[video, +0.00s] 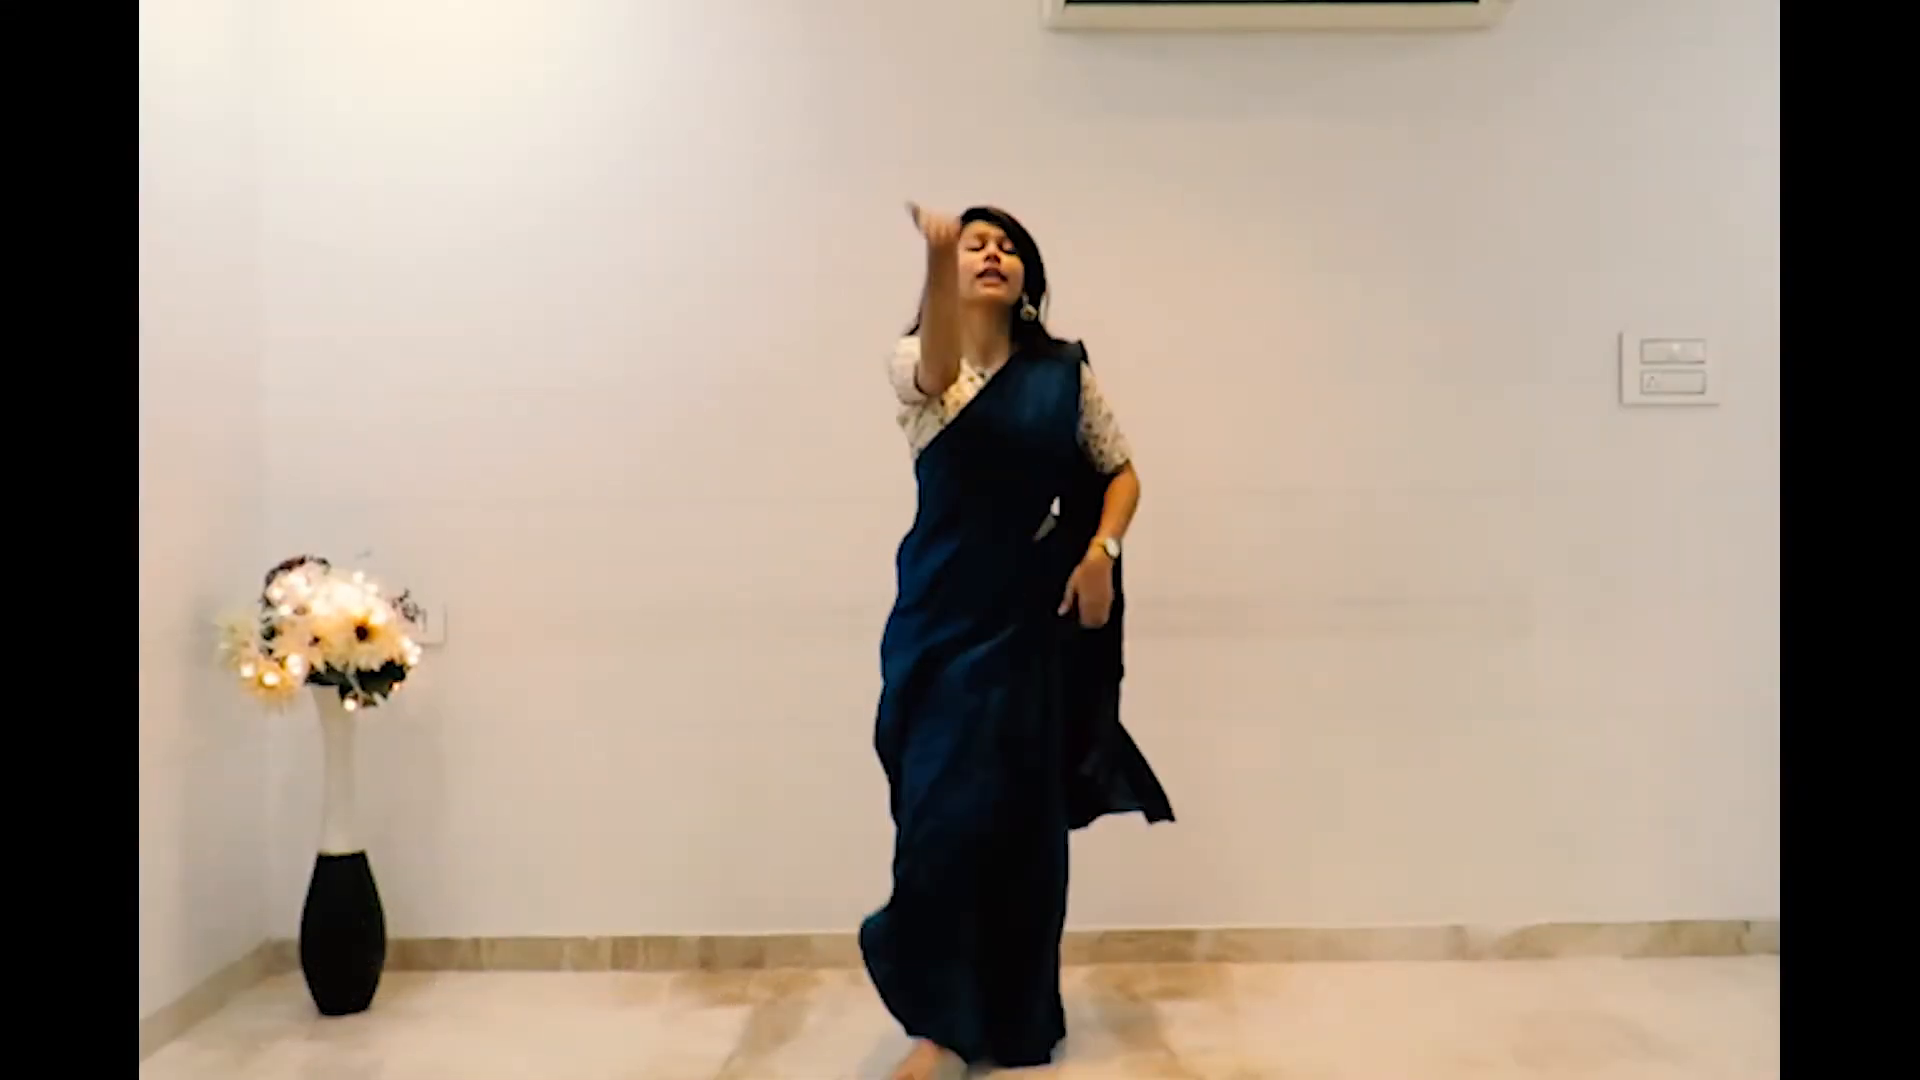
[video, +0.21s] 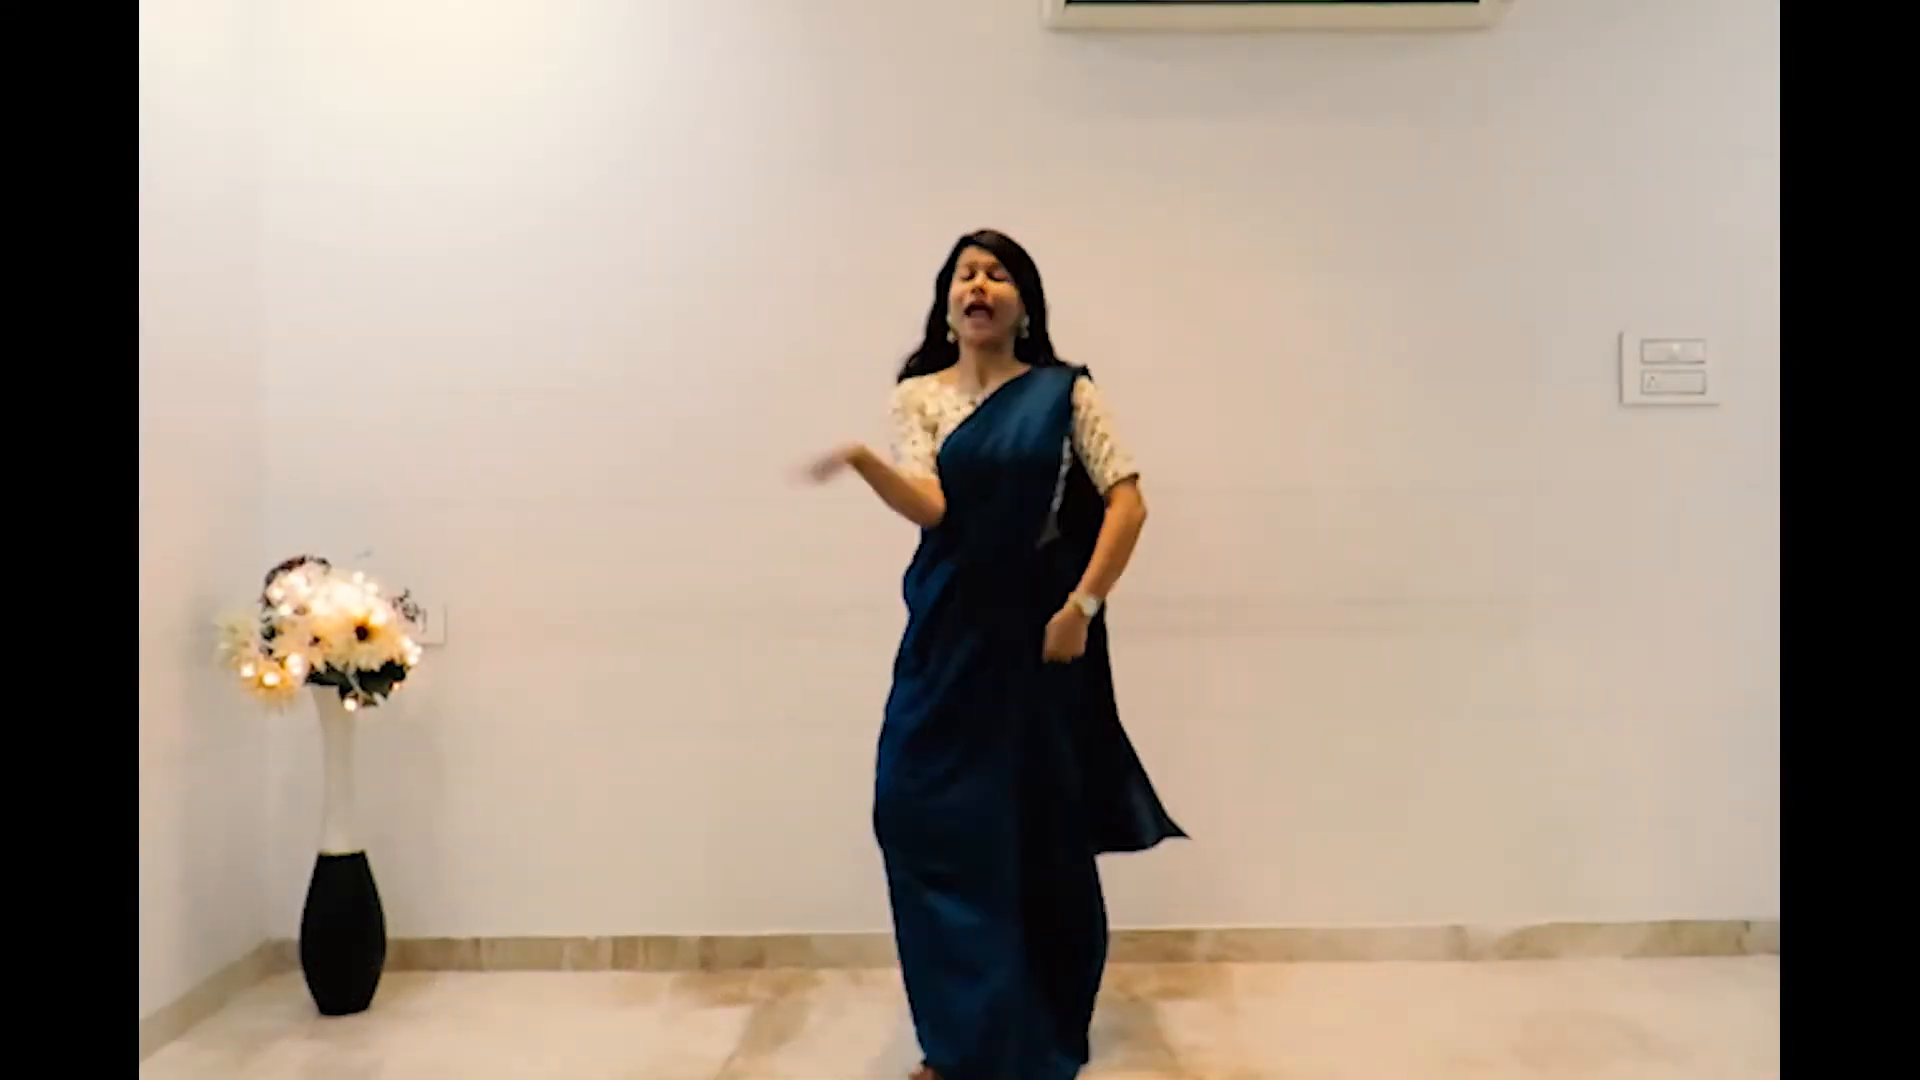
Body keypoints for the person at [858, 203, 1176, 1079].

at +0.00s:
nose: (989, 253)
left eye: (1005, 247)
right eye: (972, 244)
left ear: (1027, 281)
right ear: (947, 279)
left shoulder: (1063, 370)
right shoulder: (925, 371)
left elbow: (1123, 476)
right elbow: (936, 349)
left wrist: (1101, 550)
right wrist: (939, 256)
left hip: (1032, 618)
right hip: (937, 616)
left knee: (1021, 821)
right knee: (939, 818)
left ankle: (1010, 1030)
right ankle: (937, 1030)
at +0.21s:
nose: (978, 285)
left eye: (996, 274)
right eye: (964, 275)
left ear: (1026, 302)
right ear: (945, 303)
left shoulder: (1066, 389)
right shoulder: (921, 396)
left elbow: (1128, 502)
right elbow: (927, 506)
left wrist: (1082, 603)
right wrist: (865, 459)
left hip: (1037, 644)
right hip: (945, 643)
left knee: (1034, 831)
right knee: (916, 821)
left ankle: (1038, 1038)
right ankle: (956, 1040)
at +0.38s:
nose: (952, 254)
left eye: (969, 244)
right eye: (951, 242)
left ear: (1009, 262)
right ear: (947, 259)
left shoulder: (1030, 335)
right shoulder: (936, 348)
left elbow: (1085, 422)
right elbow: (827, 332)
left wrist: (1014, 521)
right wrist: (870, 248)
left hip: (1006, 607)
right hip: (939, 606)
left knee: (1005, 791)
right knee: (928, 792)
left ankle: (1018, 990)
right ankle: (952, 989)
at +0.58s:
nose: (954, 318)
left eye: (970, 309)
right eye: (957, 304)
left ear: (1007, 326)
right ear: (992, 322)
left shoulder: (1003, 398)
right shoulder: (989, 396)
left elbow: (1010, 499)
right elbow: (955, 451)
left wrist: (932, 569)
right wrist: (903, 441)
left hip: (975, 644)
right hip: (952, 638)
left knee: (1008, 816)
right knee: (929, 806)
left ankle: (1150, 1009)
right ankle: (980, 986)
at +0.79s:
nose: (968, 265)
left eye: (983, 252)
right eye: (967, 252)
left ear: (1019, 268)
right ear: (965, 269)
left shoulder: (1056, 348)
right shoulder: (938, 362)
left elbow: (1129, 429)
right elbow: (822, 375)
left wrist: (1037, 492)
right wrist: (917, 348)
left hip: (1028, 609)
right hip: (944, 609)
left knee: (1064, 795)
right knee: (949, 790)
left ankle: (1139, 999)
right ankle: (964, 978)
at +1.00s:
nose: (1003, 252)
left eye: (1019, 243)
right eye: (988, 240)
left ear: (1042, 268)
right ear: (957, 260)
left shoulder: (1067, 345)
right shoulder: (929, 332)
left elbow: (1148, 424)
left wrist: (1114, 476)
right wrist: (1075, 323)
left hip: (1066, 576)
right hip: (976, 583)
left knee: (1070, 768)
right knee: (1005, 784)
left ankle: (1023, 972)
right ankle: (1004, 1012)